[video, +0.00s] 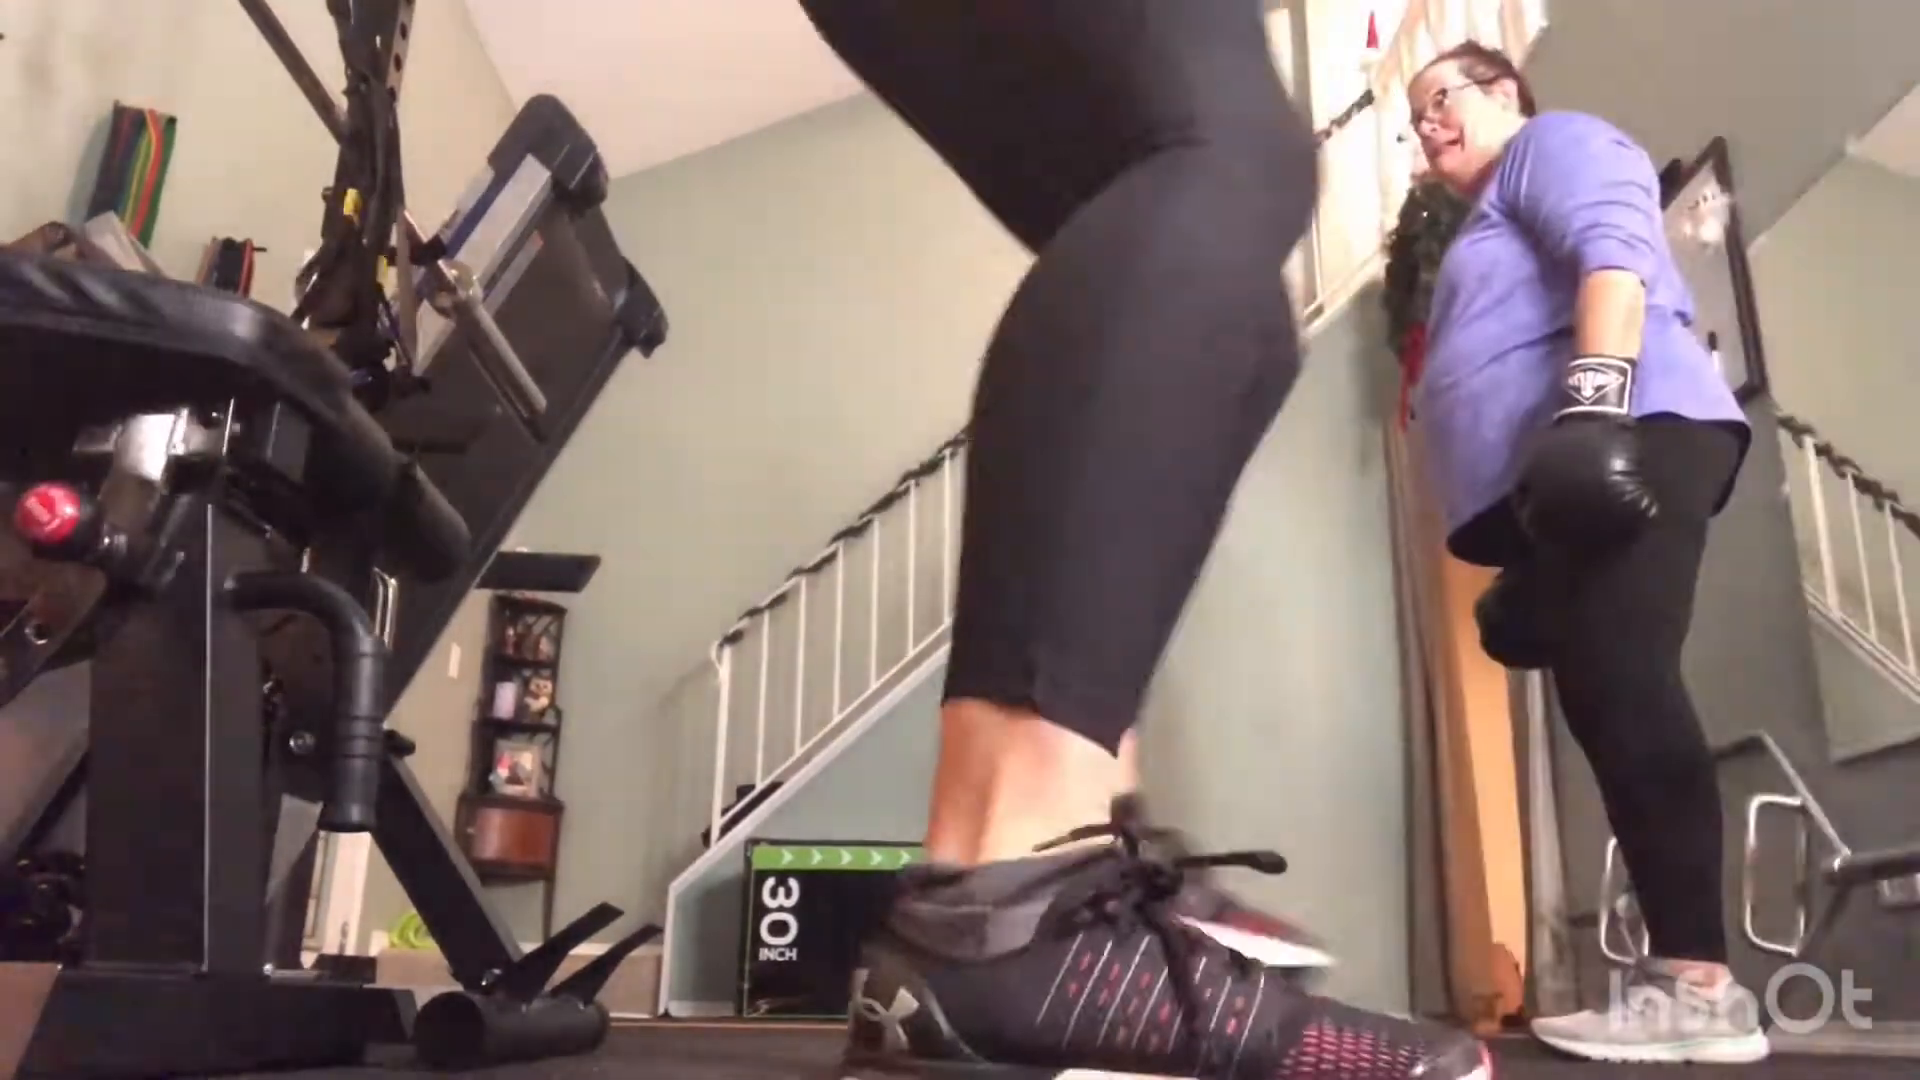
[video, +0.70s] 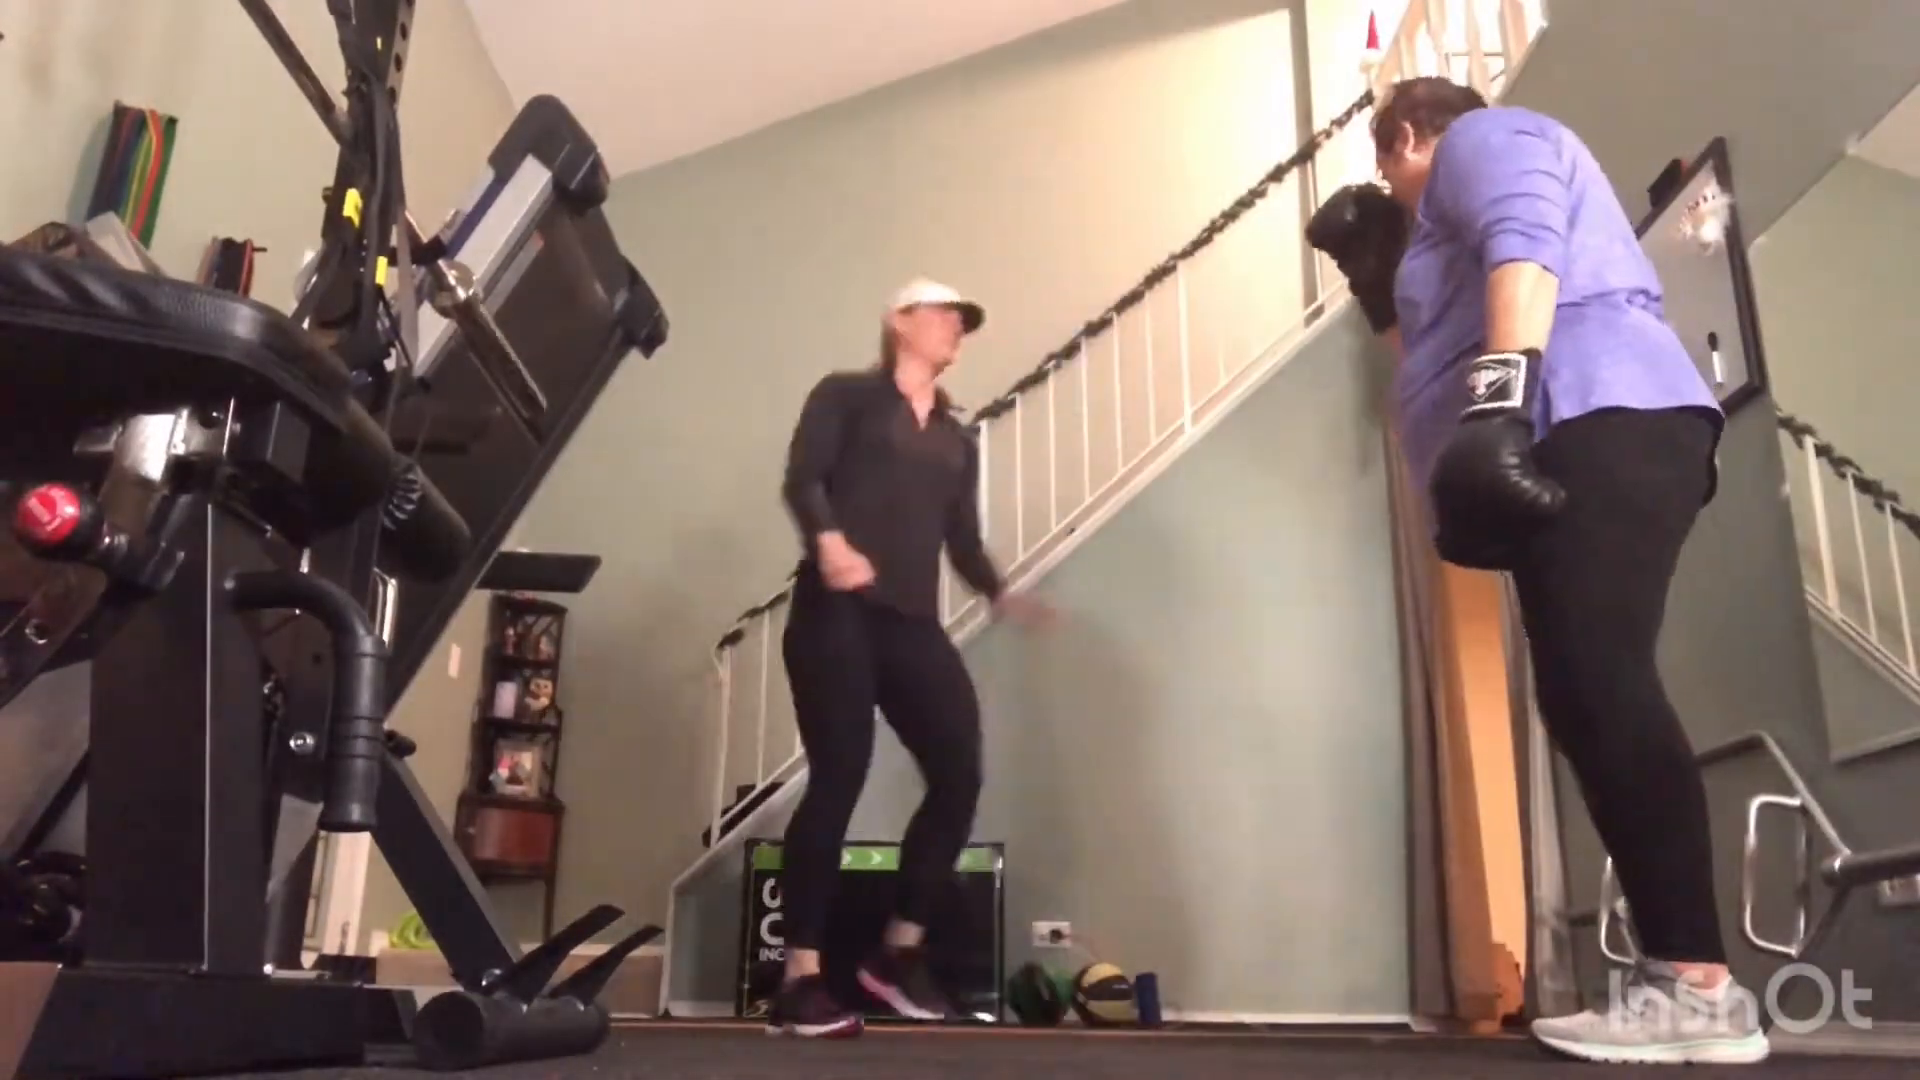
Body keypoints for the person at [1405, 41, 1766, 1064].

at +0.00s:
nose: (1428, 126)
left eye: (1442, 102)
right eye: (1417, 121)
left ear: (1506, 93)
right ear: (1429, 146)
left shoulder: (1555, 141)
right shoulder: (1479, 234)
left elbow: (1612, 253)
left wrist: (1593, 406)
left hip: (1639, 429)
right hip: (1574, 469)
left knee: (1622, 680)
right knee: (1604, 702)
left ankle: (1699, 983)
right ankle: (1682, 978)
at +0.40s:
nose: (1404, 161)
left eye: (1409, 137)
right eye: (1402, 145)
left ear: (1454, 111)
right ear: (1452, 120)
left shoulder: (1538, 142)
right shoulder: (1466, 246)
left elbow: (1587, 258)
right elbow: (1474, 394)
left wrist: (1565, 408)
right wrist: (1472, 535)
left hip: (1626, 424)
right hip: (1572, 455)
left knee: (1617, 689)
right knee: (1600, 705)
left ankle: (1697, 985)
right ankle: (1683, 979)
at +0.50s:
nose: (1396, 191)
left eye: (1396, 169)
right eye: (1391, 178)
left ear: (1430, 137)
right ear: (1444, 137)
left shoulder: (1507, 143)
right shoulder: (1464, 242)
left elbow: (1553, 249)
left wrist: (1531, 404)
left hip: (1621, 420)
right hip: (1588, 443)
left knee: (1620, 690)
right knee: (1600, 698)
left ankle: (1696, 984)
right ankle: (1678, 976)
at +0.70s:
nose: (1384, 182)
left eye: (1383, 163)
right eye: (1379, 171)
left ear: (1412, 135)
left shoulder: (1483, 135)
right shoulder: (1448, 233)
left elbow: (1523, 243)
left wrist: (1494, 404)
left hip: (1610, 412)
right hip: (1575, 435)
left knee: (1604, 684)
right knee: (1579, 697)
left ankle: (1698, 987)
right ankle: (1667, 974)